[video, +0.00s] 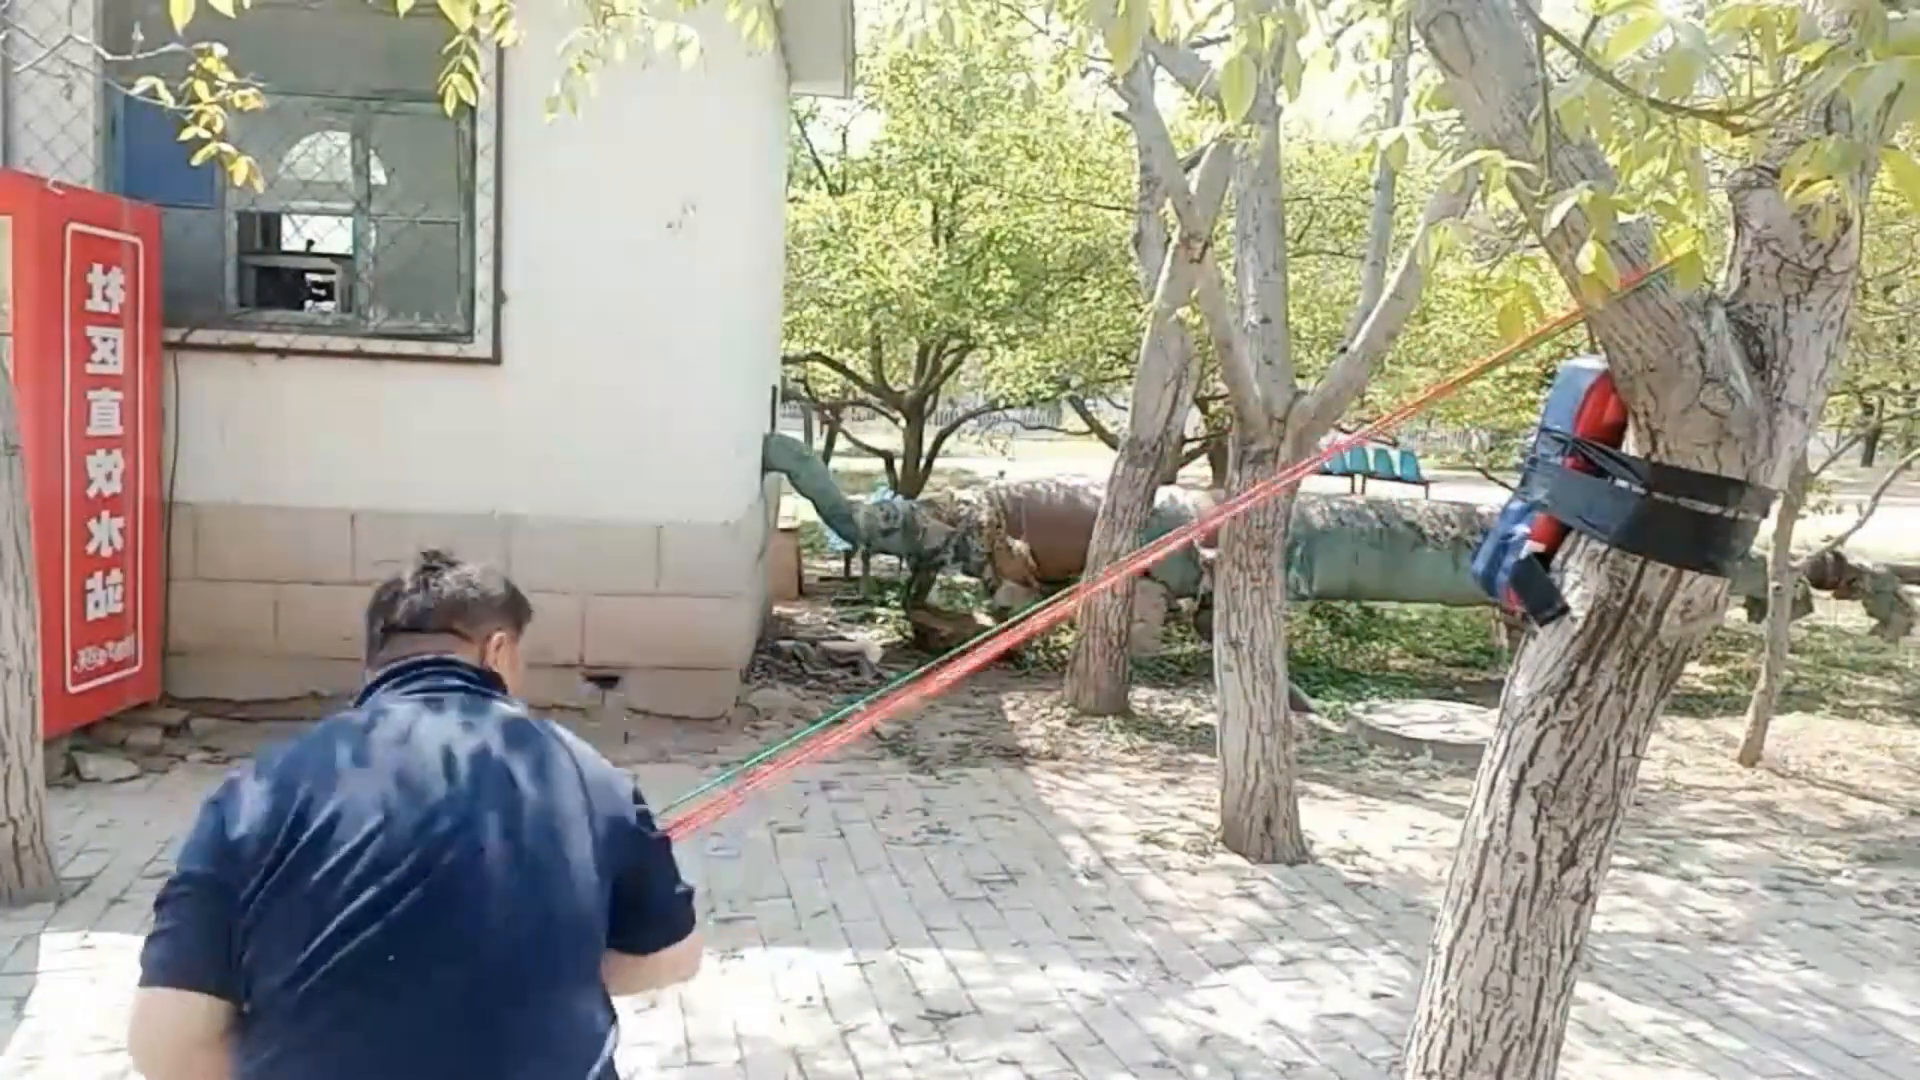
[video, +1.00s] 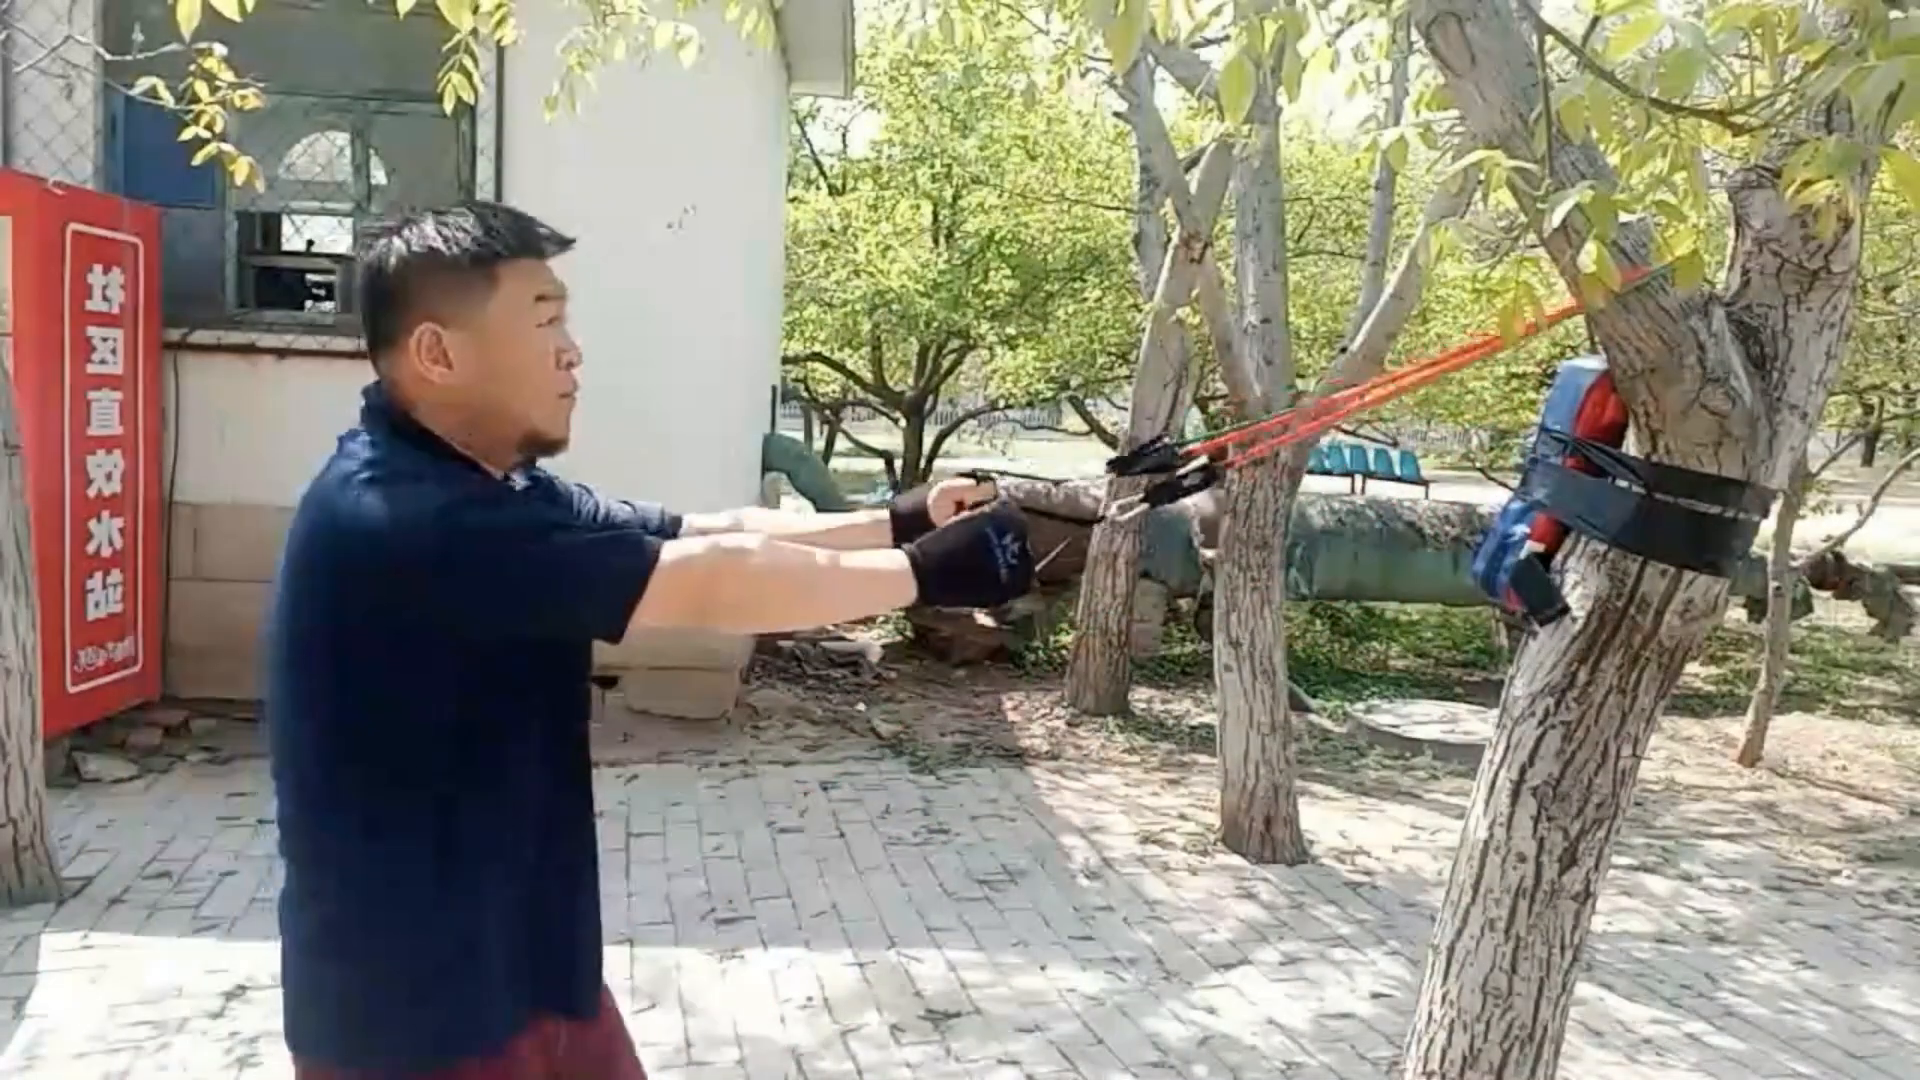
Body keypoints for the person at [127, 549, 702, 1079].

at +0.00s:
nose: (523, 677)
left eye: (523, 657)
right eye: (522, 656)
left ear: (375, 658)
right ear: (496, 651)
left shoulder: (259, 787)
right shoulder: (588, 778)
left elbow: (165, 1038)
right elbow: (669, 956)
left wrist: (289, 1019)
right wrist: (536, 955)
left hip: (321, 1064)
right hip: (543, 1067)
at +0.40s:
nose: (520, 640)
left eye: (521, 612)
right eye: (515, 612)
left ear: (359, 628)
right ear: (468, 616)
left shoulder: (240, 780)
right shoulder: (577, 743)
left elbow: (216, 1039)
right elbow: (708, 905)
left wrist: (333, 966)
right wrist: (584, 906)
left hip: (316, 1063)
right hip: (542, 1061)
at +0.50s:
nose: (507, 547)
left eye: (500, 522)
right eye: (493, 521)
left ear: (341, 545)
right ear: (424, 535)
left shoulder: (229, 693)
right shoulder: (535, 656)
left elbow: (289, 893)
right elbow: (694, 815)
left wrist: (523, 887)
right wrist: (700, 761)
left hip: (271, 1065)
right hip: (511, 1065)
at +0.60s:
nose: (499, 482)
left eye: (488, 456)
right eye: (479, 456)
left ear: (386, 482)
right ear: (401, 482)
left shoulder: (237, 632)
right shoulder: (496, 597)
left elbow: (339, 830)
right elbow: (663, 741)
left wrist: (551, 834)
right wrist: (768, 703)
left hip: (255, 1052)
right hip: (478, 1051)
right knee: (626, 1062)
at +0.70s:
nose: (506, 397)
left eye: (494, 372)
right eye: (481, 371)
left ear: (382, 404)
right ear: (391, 401)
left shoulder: (279, 549)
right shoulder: (480, 537)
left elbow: (406, 753)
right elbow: (663, 671)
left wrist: (620, 732)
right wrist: (799, 598)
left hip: (265, 1027)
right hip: (451, 1031)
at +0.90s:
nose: (541, 342)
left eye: (526, 312)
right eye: (509, 315)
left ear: (410, 357)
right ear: (410, 353)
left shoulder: (396, 482)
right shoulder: (428, 516)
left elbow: (657, 530)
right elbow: (697, 582)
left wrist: (859, 508)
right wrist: (922, 576)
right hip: (422, 1022)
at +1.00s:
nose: (573, 350)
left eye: (563, 319)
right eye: (544, 319)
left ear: (443, 360)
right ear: (434, 356)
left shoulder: (498, 495)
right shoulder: (400, 521)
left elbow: (701, 541)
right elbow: (694, 590)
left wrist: (903, 525)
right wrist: (919, 577)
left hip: (549, 1001)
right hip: (428, 1037)